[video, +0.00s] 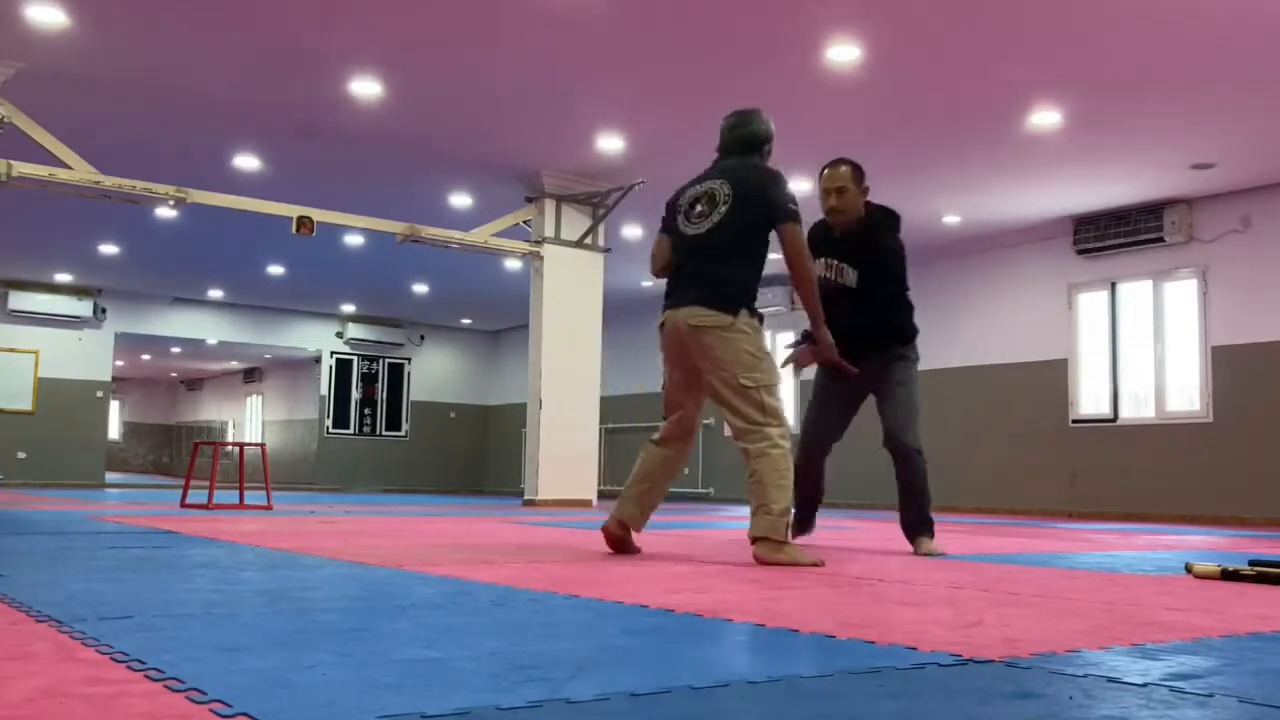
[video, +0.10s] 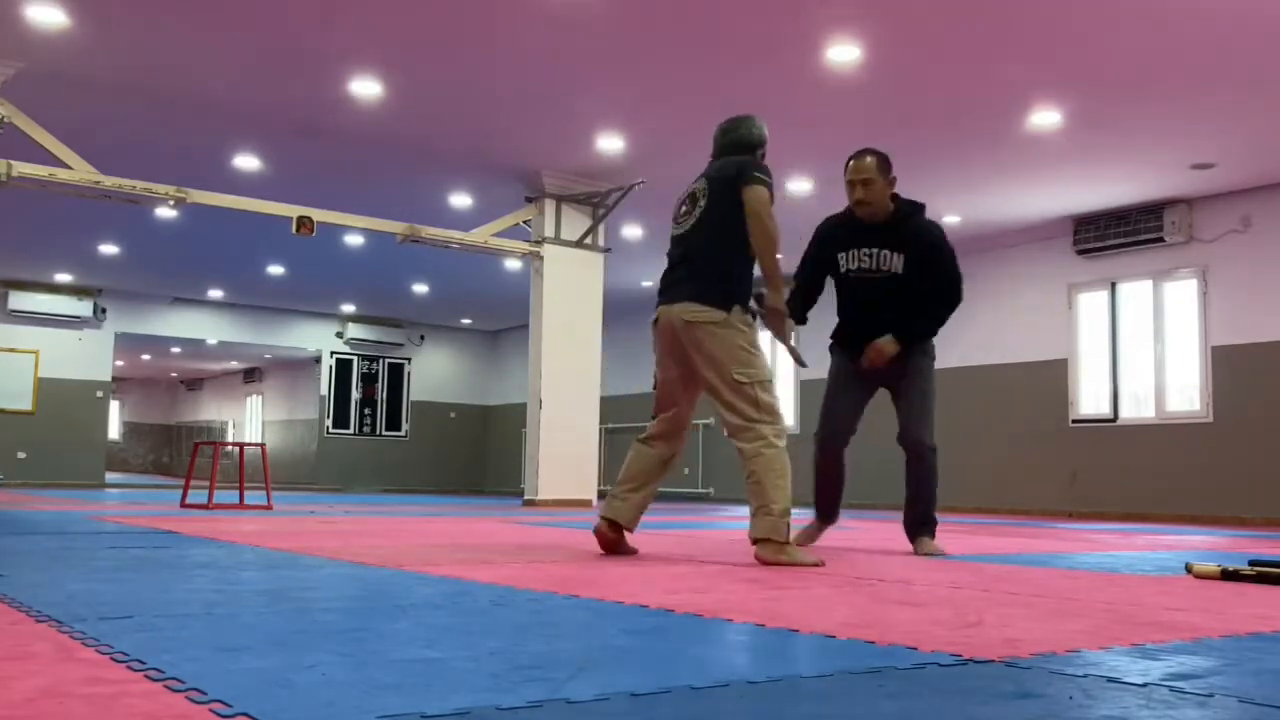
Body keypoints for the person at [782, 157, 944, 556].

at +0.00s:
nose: (832, 200)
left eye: (841, 192)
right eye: (826, 193)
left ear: (863, 193)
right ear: (819, 196)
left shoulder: (882, 237)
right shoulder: (818, 237)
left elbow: (885, 314)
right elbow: (826, 296)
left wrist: (822, 347)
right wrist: (814, 335)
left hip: (892, 355)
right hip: (841, 355)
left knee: (904, 442)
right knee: (810, 445)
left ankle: (922, 535)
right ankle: (801, 524)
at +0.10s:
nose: (858, 193)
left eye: (866, 184)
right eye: (851, 185)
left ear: (890, 185)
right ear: (845, 187)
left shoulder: (922, 232)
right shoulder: (832, 232)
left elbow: (949, 294)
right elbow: (807, 285)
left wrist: (900, 338)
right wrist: (788, 315)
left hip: (910, 350)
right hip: (853, 348)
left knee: (918, 441)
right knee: (829, 437)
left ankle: (923, 534)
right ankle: (824, 517)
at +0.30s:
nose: (866, 184)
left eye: (875, 175)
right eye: (860, 177)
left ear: (900, 177)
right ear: (853, 182)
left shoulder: (935, 225)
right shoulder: (843, 235)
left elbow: (967, 280)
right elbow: (823, 297)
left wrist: (928, 293)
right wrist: (799, 352)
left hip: (928, 350)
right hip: (870, 351)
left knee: (930, 443)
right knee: (861, 430)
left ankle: (920, 533)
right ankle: (890, 535)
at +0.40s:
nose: (852, 171)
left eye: (861, 160)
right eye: (847, 162)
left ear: (890, 160)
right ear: (843, 166)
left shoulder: (923, 206)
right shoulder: (839, 221)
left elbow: (938, 259)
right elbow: (821, 288)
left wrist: (886, 245)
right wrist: (801, 353)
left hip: (926, 341)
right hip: (868, 344)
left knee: (941, 442)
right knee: (866, 430)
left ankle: (925, 521)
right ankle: (897, 535)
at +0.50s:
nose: (841, 163)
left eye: (849, 152)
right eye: (836, 154)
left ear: (880, 149)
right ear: (835, 156)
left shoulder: (906, 193)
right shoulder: (843, 212)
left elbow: (867, 251)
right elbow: (840, 281)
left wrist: (797, 262)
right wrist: (825, 347)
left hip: (920, 328)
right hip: (866, 334)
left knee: (914, 417)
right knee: (859, 432)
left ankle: (937, 517)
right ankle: (897, 537)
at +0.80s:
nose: (801, 170)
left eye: (804, 159)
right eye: (800, 161)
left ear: (830, 152)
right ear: (833, 153)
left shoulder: (869, 185)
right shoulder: (859, 194)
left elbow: (859, 270)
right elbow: (894, 277)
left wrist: (838, 262)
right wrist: (860, 326)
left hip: (944, 309)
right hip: (915, 317)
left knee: (900, 420)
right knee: (877, 431)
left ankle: (939, 550)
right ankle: (905, 539)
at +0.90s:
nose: (803, 186)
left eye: (802, 173)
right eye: (799, 175)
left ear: (825, 160)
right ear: (828, 162)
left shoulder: (882, 179)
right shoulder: (850, 222)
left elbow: (911, 229)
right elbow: (838, 297)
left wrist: (851, 269)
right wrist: (771, 305)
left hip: (953, 314)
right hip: (933, 321)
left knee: (887, 418)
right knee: (905, 434)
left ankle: (937, 548)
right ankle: (985, 532)